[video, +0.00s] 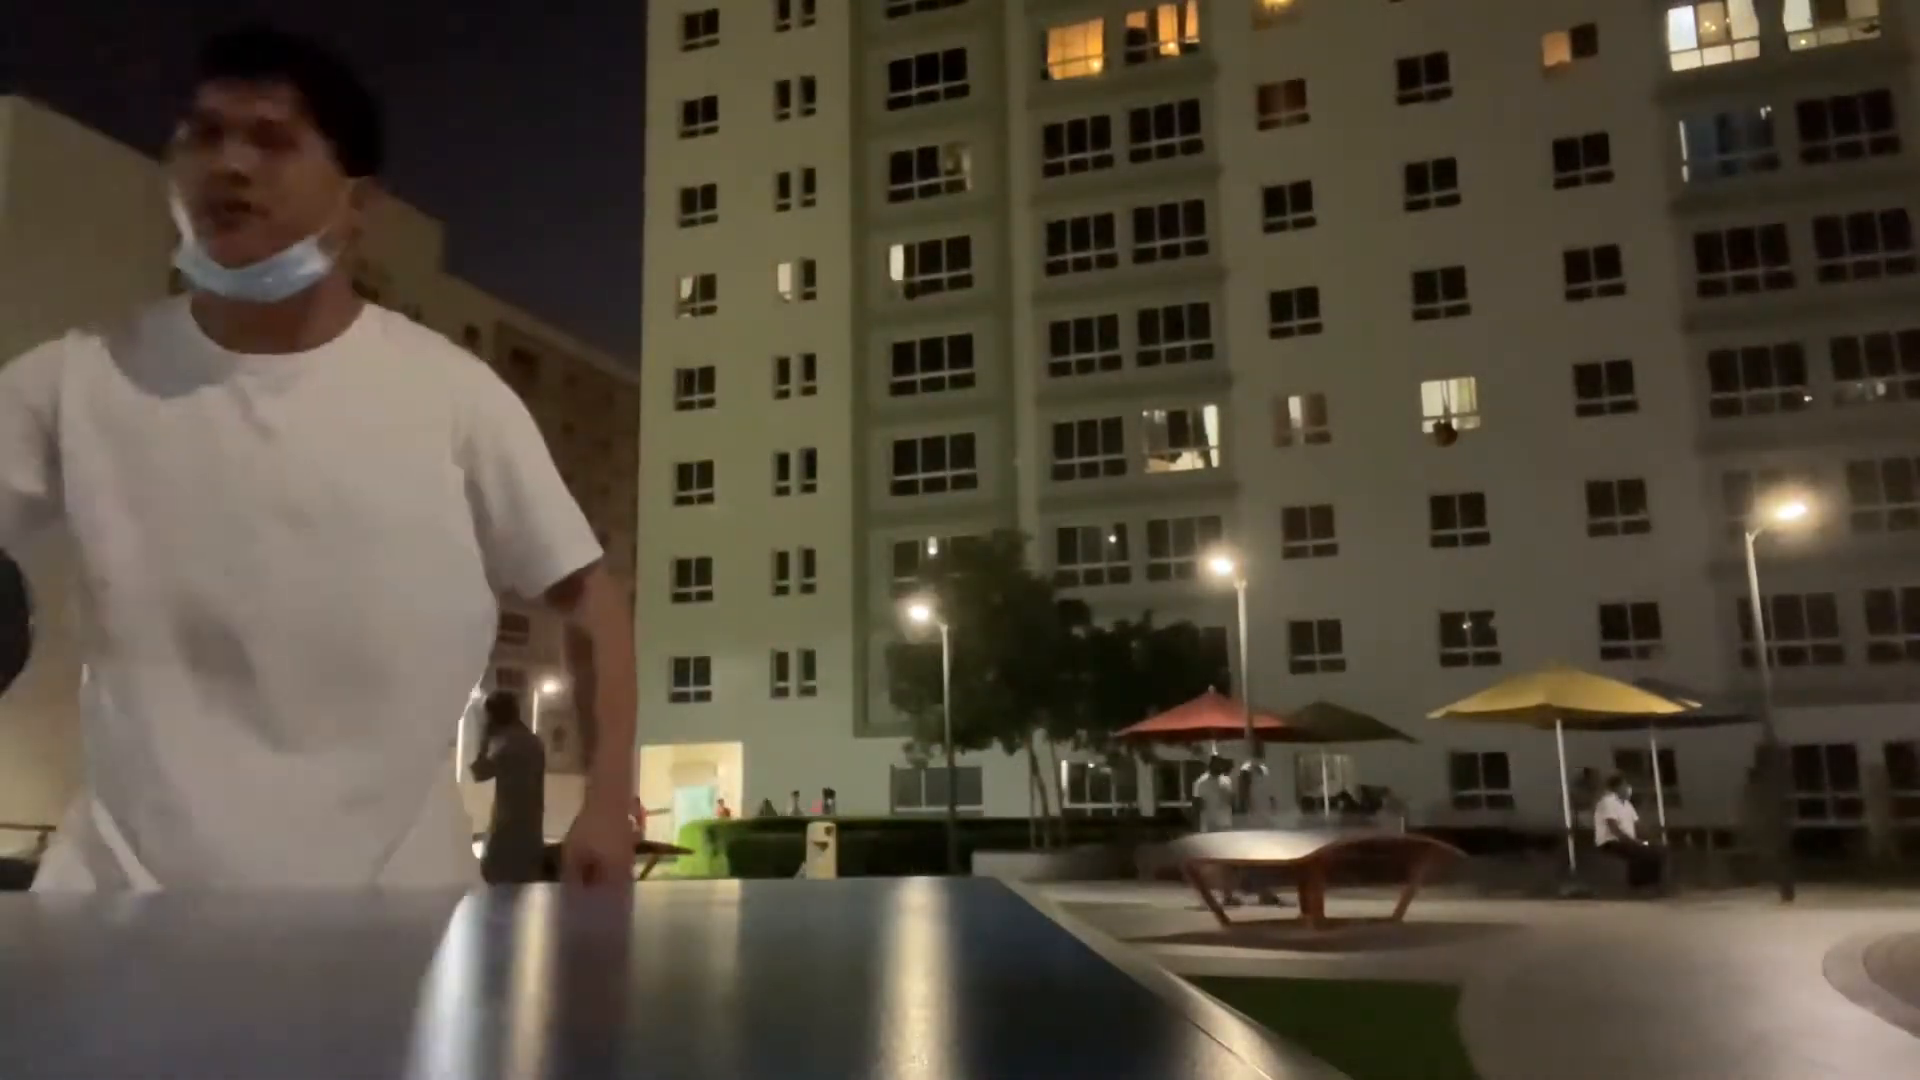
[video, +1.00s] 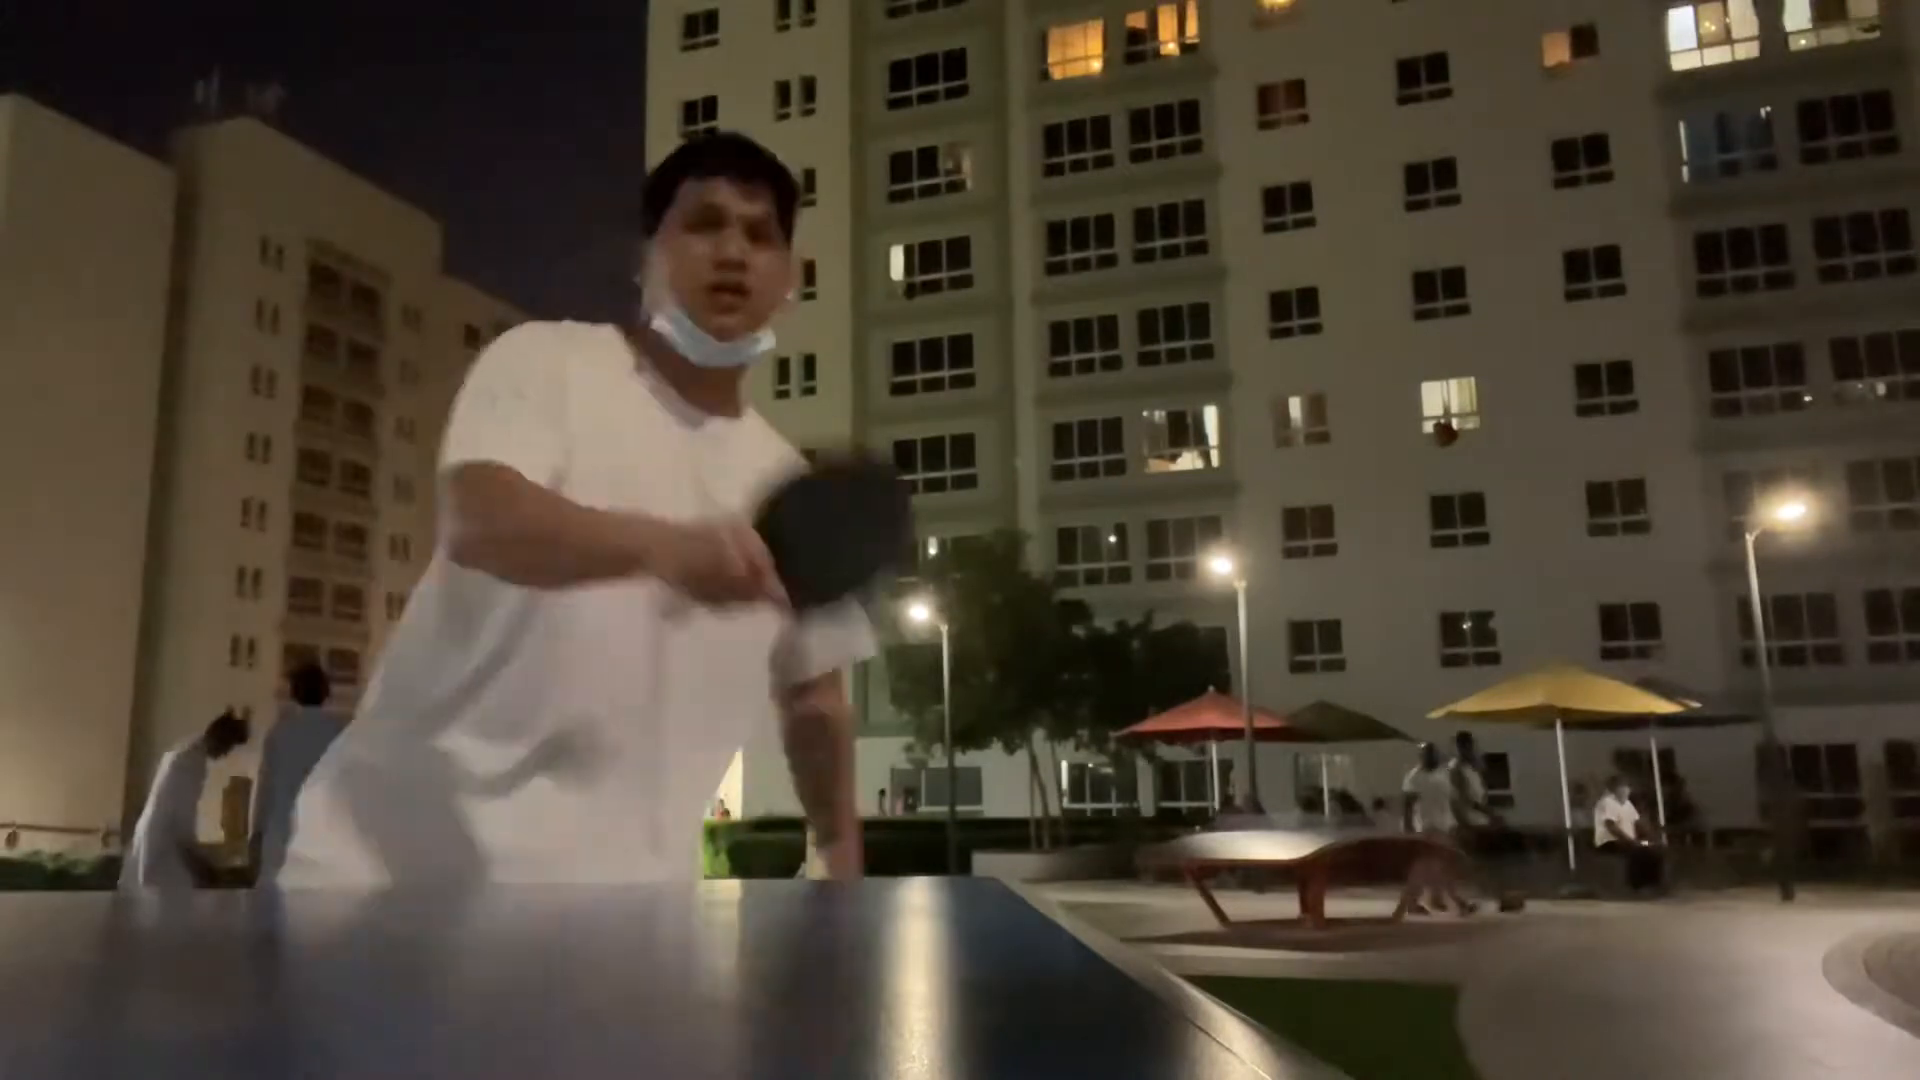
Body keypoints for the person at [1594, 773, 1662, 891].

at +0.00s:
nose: (1629, 790)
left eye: (1629, 787)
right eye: (1626, 786)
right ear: (1617, 788)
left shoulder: (1626, 803)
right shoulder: (1608, 801)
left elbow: (1636, 823)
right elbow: (1612, 826)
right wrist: (1634, 841)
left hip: (1627, 839)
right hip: (1609, 841)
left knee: (1652, 852)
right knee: (1637, 854)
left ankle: (1651, 886)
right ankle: (1636, 888)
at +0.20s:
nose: (1631, 790)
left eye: (1631, 787)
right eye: (1627, 786)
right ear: (1619, 786)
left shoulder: (1626, 803)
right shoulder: (1610, 799)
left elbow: (1636, 822)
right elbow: (1613, 822)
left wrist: (1647, 835)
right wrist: (1633, 841)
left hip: (1627, 841)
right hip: (1611, 843)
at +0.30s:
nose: (1630, 790)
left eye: (1630, 786)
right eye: (1627, 786)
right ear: (1618, 786)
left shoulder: (1626, 803)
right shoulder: (1610, 799)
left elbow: (1636, 822)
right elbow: (1613, 822)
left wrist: (1646, 836)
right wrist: (1633, 841)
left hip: (1626, 842)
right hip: (1611, 843)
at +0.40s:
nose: (1630, 790)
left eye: (1630, 786)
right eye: (1626, 786)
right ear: (1618, 787)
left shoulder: (1626, 804)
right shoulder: (1608, 800)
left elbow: (1636, 822)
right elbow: (1612, 822)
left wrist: (1645, 836)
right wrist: (1632, 841)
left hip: (1627, 841)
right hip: (1610, 842)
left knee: (1652, 852)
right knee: (1641, 855)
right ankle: (1638, 888)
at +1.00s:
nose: (1626, 791)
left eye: (1627, 787)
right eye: (1622, 787)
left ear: (1629, 790)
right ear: (1614, 789)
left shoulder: (1626, 803)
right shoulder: (1607, 802)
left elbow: (1637, 821)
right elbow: (1610, 824)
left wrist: (1650, 835)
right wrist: (1631, 841)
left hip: (1629, 840)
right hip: (1609, 842)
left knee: (1653, 851)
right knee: (1637, 853)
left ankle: (1653, 885)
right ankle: (1637, 887)